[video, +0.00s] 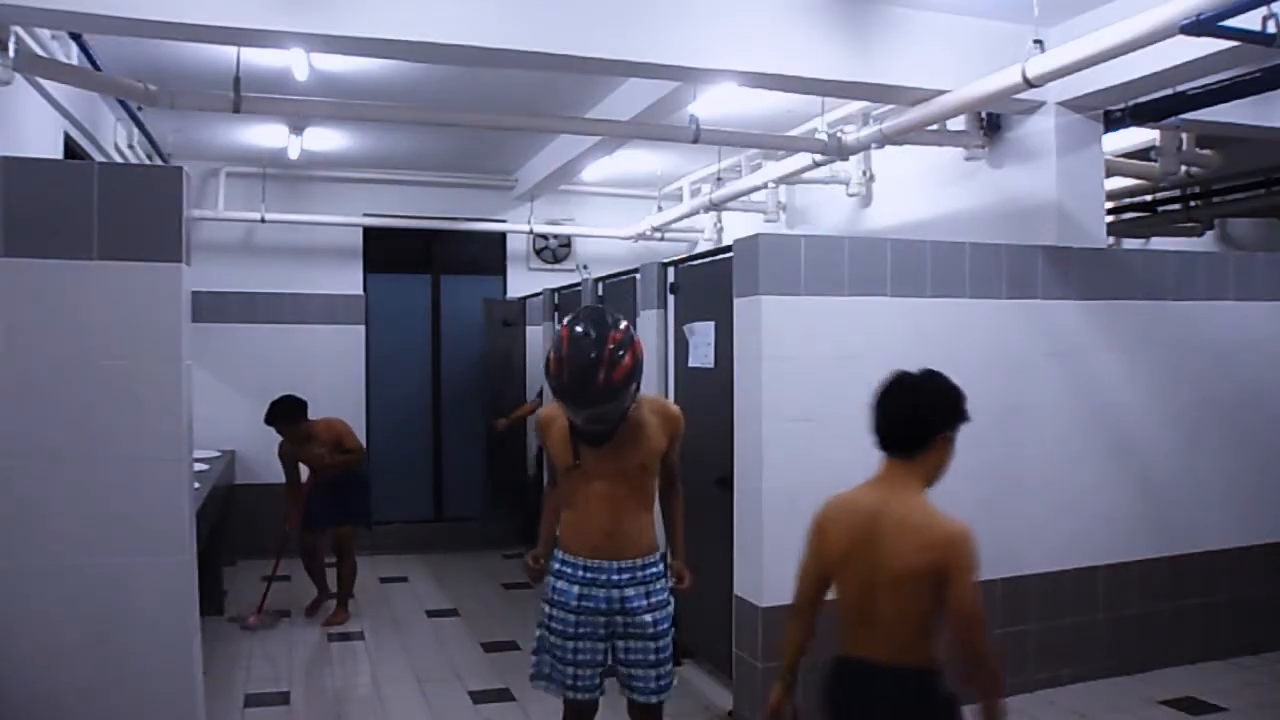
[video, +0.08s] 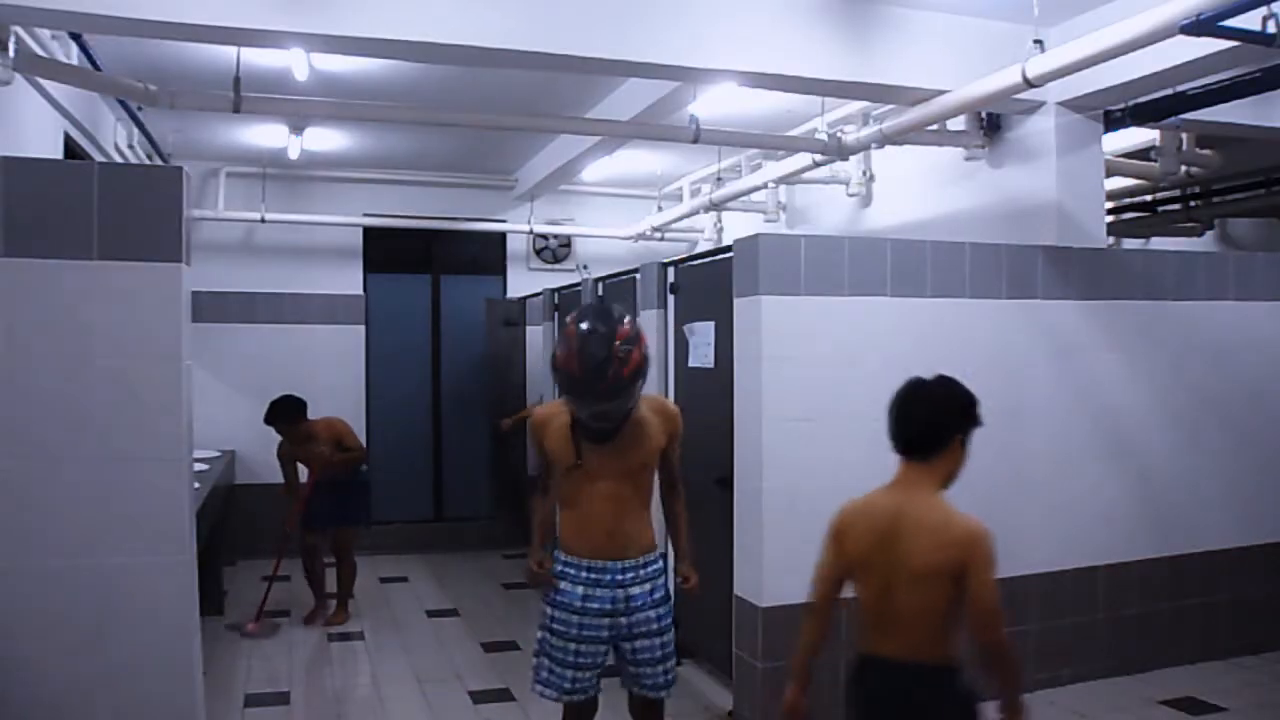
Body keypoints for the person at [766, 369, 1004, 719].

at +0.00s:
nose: (952, 451)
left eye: (953, 438)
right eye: (953, 438)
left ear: (886, 432)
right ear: (942, 442)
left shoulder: (834, 514)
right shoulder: (946, 536)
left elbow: (803, 611)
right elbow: (971, 643)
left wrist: (785, 684)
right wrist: (992, 704)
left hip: (846, 686)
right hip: (916, 691)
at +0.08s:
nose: (966, 455)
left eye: (967, 442)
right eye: (967, 442)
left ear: (899, 439)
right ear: (957, 445)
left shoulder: (851, 519)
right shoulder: (965, 535)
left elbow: (818, 611)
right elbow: (989, 636)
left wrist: (797, 686)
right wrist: (1012, 701)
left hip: (868, 684)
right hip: (936, 687)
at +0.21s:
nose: (985, 451)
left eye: (987, 440)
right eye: (987, 440)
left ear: (921, 437)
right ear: (977, 441)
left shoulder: (882, 517)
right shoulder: (990, 527)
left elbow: (858, 615)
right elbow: (1009, 634)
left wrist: (837, 693)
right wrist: (1029, 700)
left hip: (904, 671)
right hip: (967, 674)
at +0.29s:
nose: (1000, 443)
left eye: (1000, 433)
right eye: (1000, 433)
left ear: (938, 431)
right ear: (992, 437)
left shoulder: (901, 511)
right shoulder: (1005, 519)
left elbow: (889, 605)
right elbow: (1020, 620)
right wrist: (1037, 694)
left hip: (921, 663)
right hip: (985, 666)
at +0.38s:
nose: (1016, 435)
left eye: (1016, 426)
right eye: (1016, 426)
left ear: (956, 423)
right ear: (1007, 429)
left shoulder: (919, 500)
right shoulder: (1018, 509)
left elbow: (915, 591)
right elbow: (1030, 611)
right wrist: (1044, 689)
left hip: (938, 649)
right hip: (996, 653)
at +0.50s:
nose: (1041, 434)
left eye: (1041, 424)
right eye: (1041, 424)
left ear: (984, 420)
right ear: (1032, 426)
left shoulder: (944, 490)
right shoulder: (1038, 502)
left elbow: (943, 573)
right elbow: (1046, 603)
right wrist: (1056, 677)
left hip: (958, 637)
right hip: (1014, 643)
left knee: (961, 711)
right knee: (1014, 712)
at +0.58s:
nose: (1058, 438)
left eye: (1058, 428)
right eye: (1058, 428)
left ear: (1001, 422)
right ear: (1050, 429)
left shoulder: (962, 491)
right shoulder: (1054, 504)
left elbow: (959, 568)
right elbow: (1059, 601)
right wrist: (1068, 675)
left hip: (974, 635)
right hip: (1030, 641)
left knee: (975, 711)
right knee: (1035, 711)